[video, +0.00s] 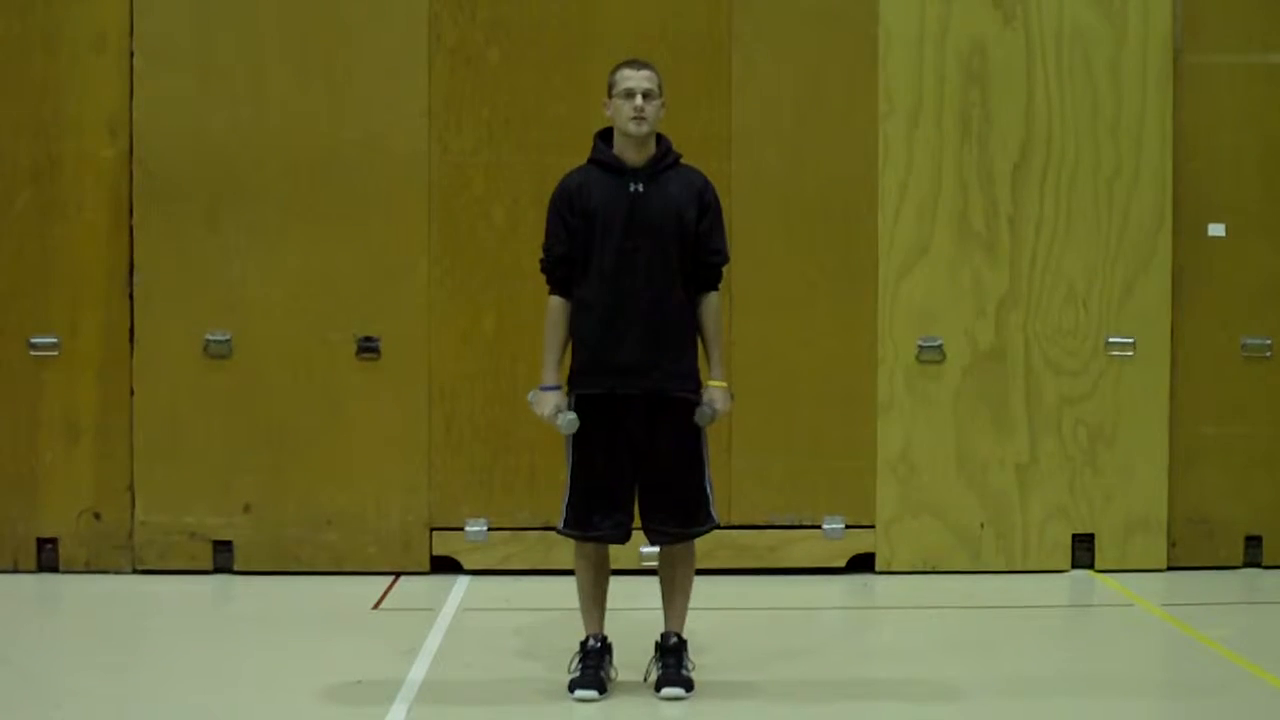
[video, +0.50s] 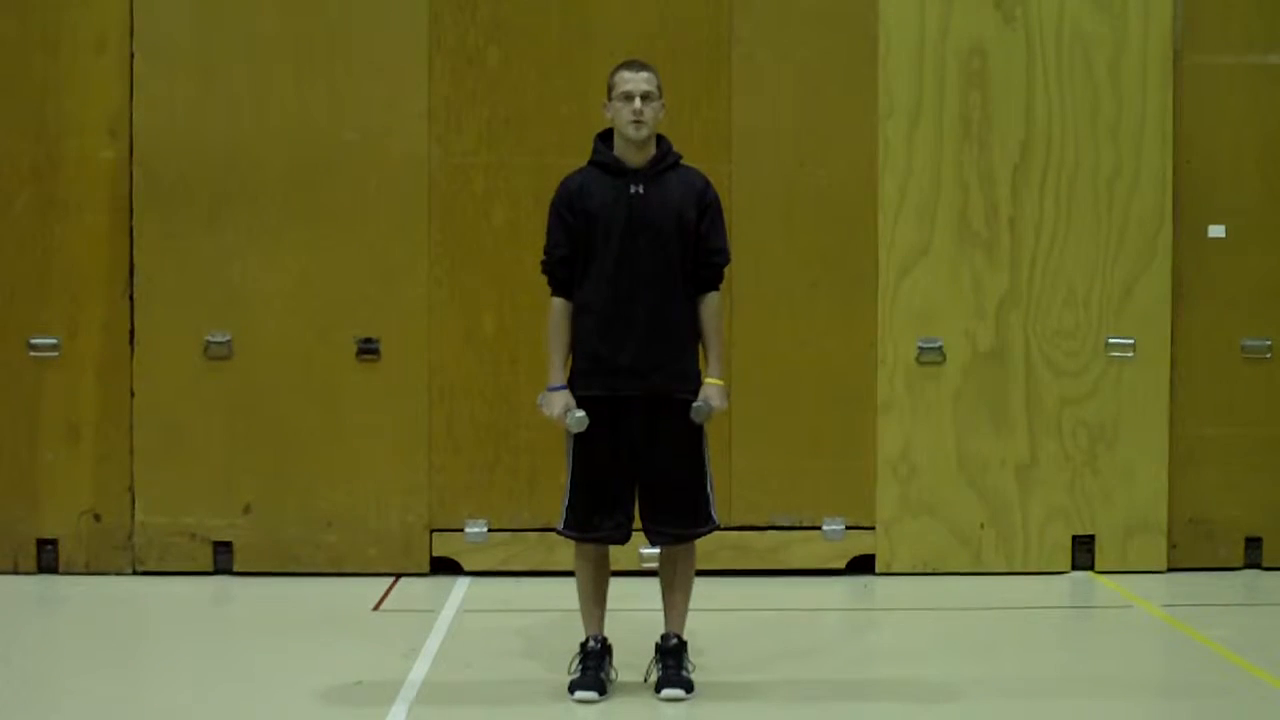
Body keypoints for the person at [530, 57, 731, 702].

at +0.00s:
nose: (639, 105)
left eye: (649, 96)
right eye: (628, 95)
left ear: (663, 108)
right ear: (608, 107)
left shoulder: (693, 188)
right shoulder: (577, 188)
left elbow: (709, 289)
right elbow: (560, 292)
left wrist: (717, 375)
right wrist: (551, 381)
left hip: (672, 384)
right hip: (597, 384)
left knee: (677, 523)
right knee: (592, 521)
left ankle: (673, 648)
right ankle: (593, 647)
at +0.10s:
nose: (639, 106)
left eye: (649, 96)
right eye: (628, 96)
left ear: (663, 108)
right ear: (607, 107)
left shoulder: (693, 188)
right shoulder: (576, 189)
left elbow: (709, 289)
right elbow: (560, 292)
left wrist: (717, 375)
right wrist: (550, 382)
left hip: (673, 384)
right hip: (597, 384)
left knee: (677, 524)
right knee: (592, 522)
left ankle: (673, 648)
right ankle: (592, 648)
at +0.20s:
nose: (638, 107)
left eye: (648, 97)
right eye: (626, 97)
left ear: (662, 109)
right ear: (607, 109)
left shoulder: (693, 189)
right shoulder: (576, 190)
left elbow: (708, 290)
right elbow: (560, 293)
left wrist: (717, 376)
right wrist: (550, 383)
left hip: (672, 385)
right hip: (596, 385)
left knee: (677, 525)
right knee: (591, 522)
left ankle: (672, 649)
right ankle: (592, 649)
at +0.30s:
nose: (638, 107)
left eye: (648, 98)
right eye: (626, 98)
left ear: (663, 109)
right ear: (607, 109)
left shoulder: (693, 189)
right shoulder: (576, 190)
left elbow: (709, 291)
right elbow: (560, 294)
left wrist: (718, 376)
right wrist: (553, 383)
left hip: (672, 385)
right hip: (597, 386)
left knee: (677, 525)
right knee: (592, 523)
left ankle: (673, 649)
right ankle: (593, 649)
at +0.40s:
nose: (638, 107)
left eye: (648, 98)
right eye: (626, 98)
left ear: (663, 109)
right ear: (607, 109)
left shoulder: (693, 189)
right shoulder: (577, 190)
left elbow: (709, 289)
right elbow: (560, 292)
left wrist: (719, 373)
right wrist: (555, 380)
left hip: (672, 384)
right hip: (596, 385)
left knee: (677, 524)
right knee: (591, 523)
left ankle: (673, 649)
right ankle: (593, 648)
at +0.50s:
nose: (637, 107)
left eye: (648, 98)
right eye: (626, 98)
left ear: (663, 109)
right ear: (608, 109)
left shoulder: (693, 189)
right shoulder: (577, 190)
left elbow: (709, 290)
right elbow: (561, 294)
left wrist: (717, 374)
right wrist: (556, 382)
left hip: (672, 385)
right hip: (596, 385)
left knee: (677, 524)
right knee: (591, 523)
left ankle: (673, 649)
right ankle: (593, 648)